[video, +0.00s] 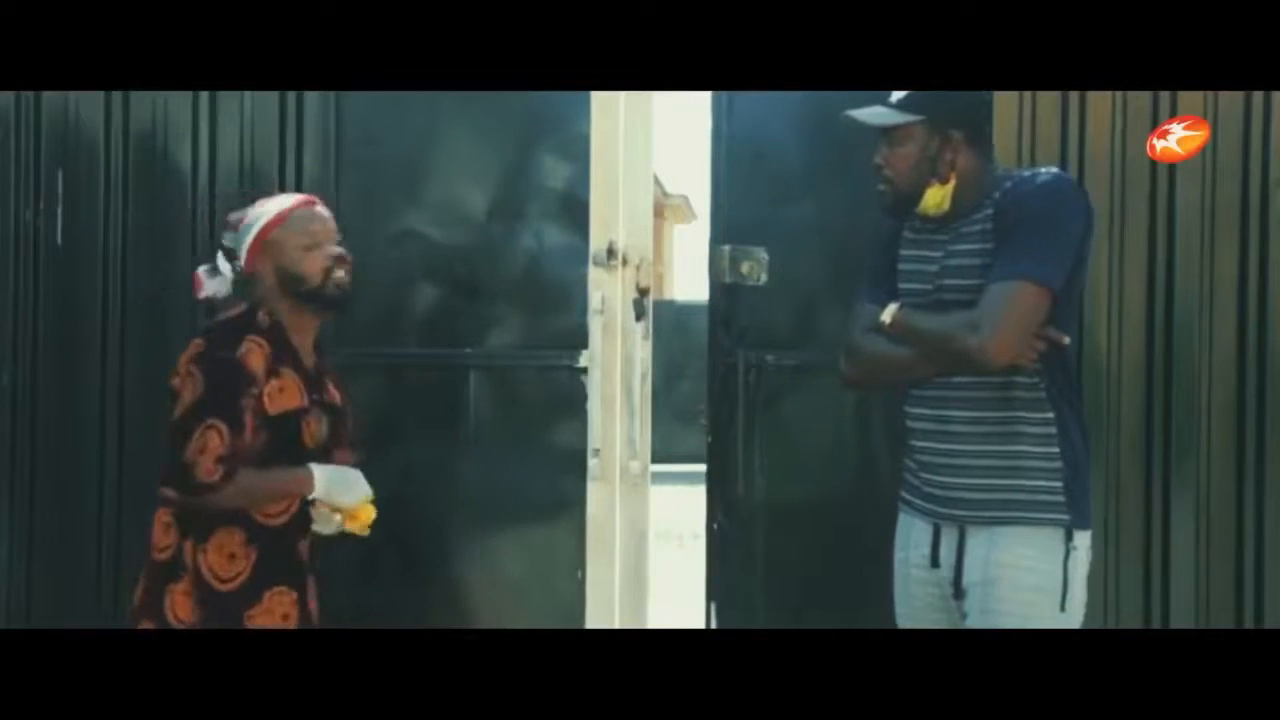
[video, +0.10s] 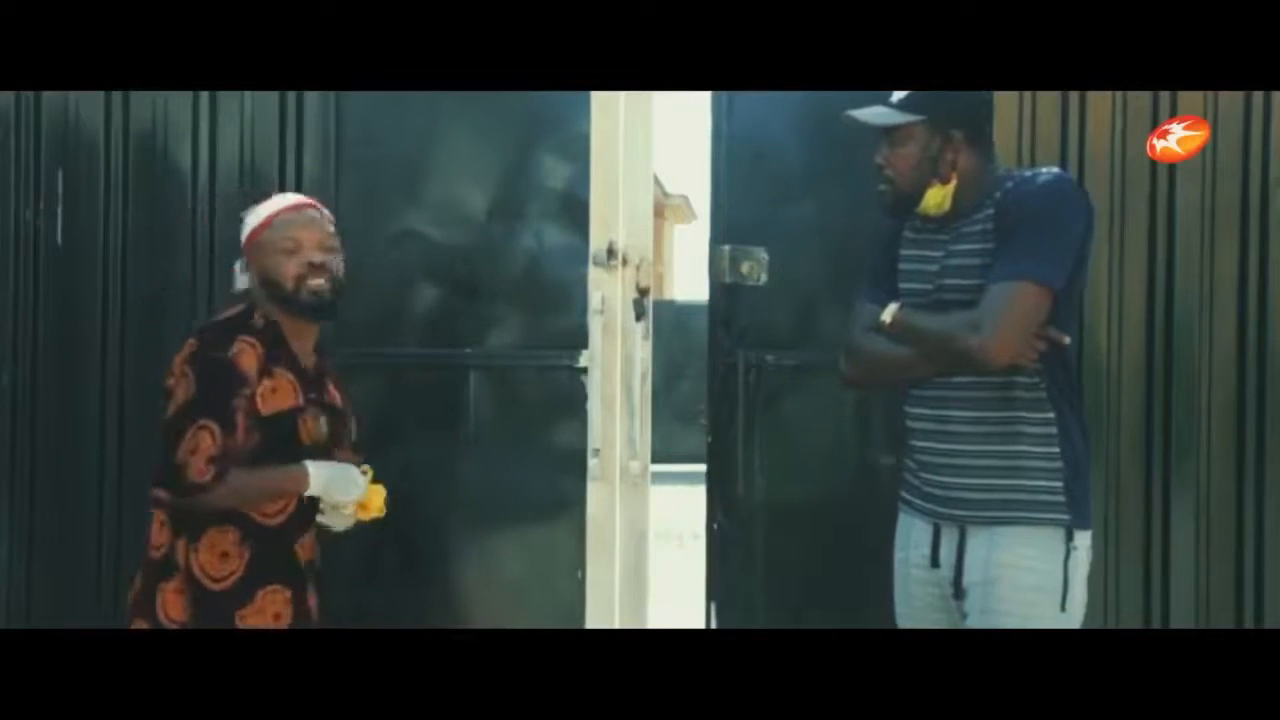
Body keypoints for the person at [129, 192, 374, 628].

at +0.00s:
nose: (338, 255)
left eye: (337, 244)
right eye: (313, 247)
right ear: (262, 267)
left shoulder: (312, 362)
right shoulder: (227, 354)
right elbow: (199, 485)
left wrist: (325, 508)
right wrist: (313, 482)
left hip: (284, 604)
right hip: (214, 609)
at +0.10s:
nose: (315, 261)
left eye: (327, 248)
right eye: (290, 251)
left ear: (343, 260)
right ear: (252, 269)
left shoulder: (315, 363)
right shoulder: (221, 353)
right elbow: (191, 487)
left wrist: (336, 506)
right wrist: (310, 479)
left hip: (284, 605)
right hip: (208, 610)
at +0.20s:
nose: (300, 264)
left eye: (316, 251)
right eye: (278, 252)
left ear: (334, 264)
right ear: (246, 266)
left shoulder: (323, 359)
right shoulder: (207, 358)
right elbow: (165, 490)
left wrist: (335, 497)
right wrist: (293, 478)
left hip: (291, 606)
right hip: (204, 609)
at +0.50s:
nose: (231, 270)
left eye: (255, 257)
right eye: (213, 256)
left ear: (286, 271)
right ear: (193, 270)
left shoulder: (328, 371)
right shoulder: (157, 370)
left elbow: (363, 475)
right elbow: (99, 487)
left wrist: (327, 510)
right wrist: (211, 493)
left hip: (288, 613)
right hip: (173, 612)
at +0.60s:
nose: (218, 271)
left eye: (242, 258)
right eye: (201, 257)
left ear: (273, 272)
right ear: (181, 271)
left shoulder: (322, 371)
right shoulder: (143, 372)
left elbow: (363, 478)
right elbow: (86, 486)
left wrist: (324, 519)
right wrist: (174, 497)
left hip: (285, 612)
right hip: (166, 612)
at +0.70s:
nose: (248, 270)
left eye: (263, 255)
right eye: (224, 255)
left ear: (280, 269)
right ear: (186, 273)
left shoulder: (320, 372)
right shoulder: (139, 373)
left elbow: (360, 481)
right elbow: (77, 485)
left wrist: (338, 525)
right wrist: (138, 492)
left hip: (284, 615)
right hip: (165, 614)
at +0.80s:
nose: (290, 265)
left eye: (289, 252)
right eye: (266, 253)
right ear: (210, 270)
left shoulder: (317, 372)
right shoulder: (144, 372)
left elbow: (355, 477)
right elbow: (71, 473)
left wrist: (349, 522)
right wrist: (112, 496)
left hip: (283, 615)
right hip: (163, 613)